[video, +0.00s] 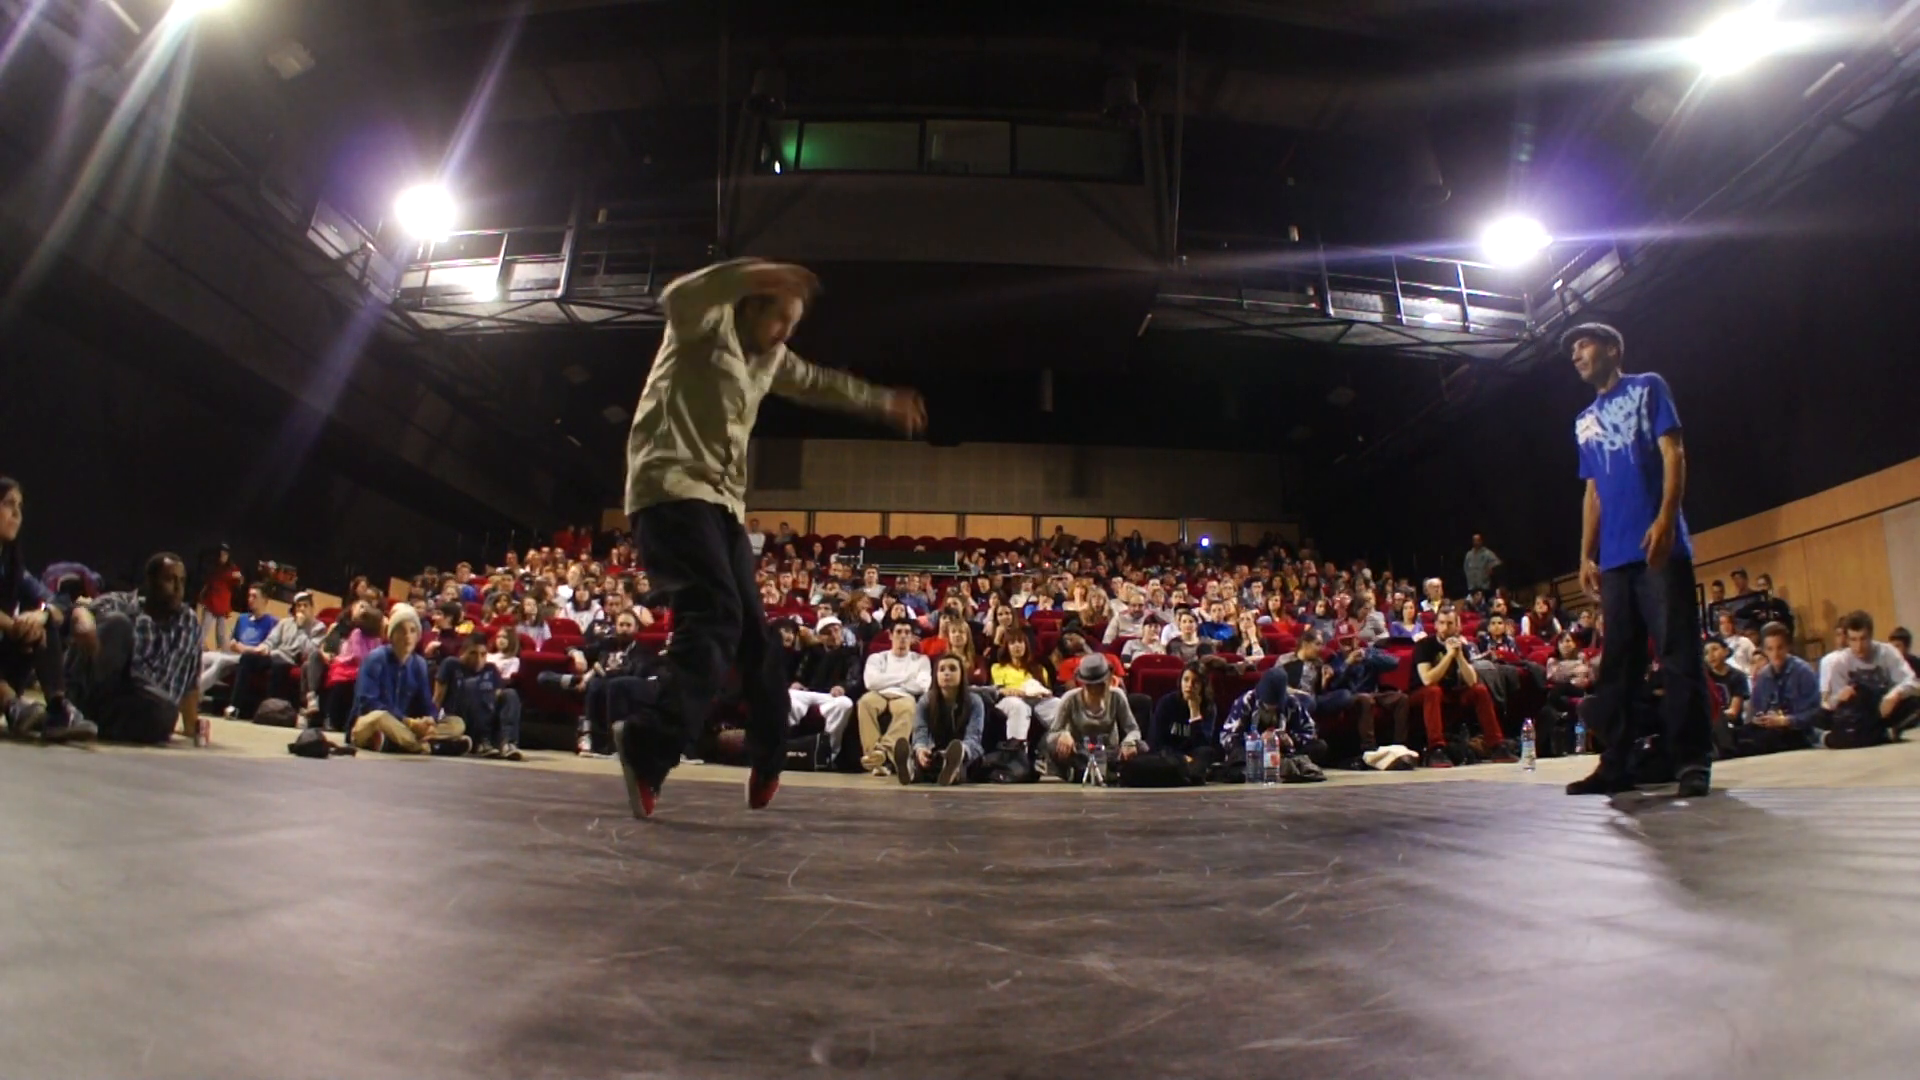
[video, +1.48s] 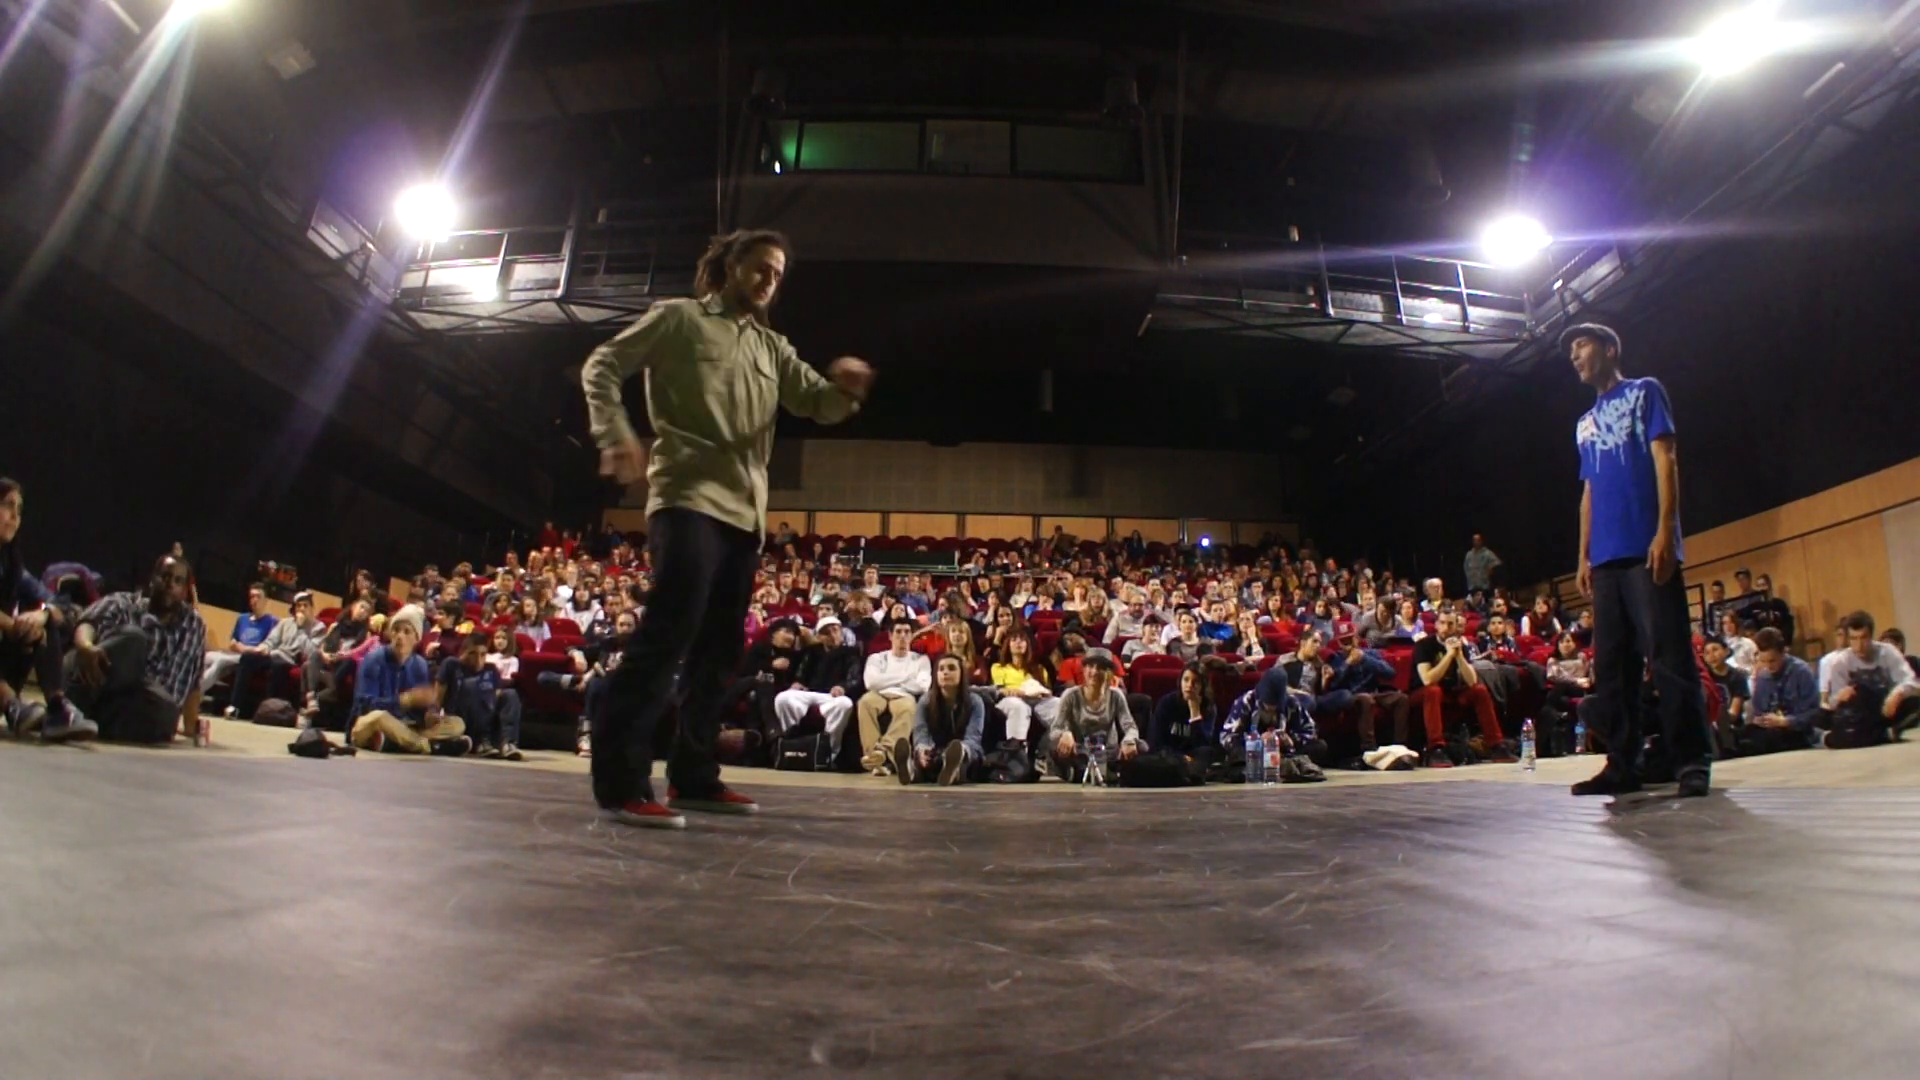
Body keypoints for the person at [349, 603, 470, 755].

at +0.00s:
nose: (408, 637)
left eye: (412, 631)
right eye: (401, 632)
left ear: (418, 635)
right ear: (391, 635)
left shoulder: (419, 664)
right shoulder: (375, 659)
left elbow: (427, 704)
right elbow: (367, 704)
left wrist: (430, 720)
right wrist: (407, 722)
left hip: (411, 725)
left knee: (457, 724)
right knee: (381, 717)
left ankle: (394, 744)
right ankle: (425, 748)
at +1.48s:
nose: (400, 637)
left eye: (407, 632)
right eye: (396, 630)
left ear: (417, 638)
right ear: (390, 634)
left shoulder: (420, 665)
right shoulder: (373, 660)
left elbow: (420, 707)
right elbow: (364, 704)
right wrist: (406, 700)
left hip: (410, 724)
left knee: (456, 724)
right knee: (379, 718)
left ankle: (393, 744)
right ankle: (428, 747)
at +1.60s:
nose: (398, 637)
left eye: (405, 633)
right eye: (394, 631)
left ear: (415, 639)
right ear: (388, 633)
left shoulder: (419, 664)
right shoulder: (372, 660)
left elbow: (426, 706)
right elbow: (367, 705)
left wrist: (428, 720)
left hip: (404, 724)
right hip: (366, 725)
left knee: (457, 724)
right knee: (380, 717)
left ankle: (393, 744)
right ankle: (428, 747)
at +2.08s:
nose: (381, 629)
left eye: (387, 624)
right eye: (376, 624)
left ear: (398, 630)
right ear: (371, 630)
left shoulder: (408, 661)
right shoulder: (359, 659)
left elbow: (427, 700)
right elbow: (354, 696)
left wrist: (419, 702)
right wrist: (385, 675)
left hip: (402, 723)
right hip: (364, 727)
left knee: (456, 723)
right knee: (379, 716)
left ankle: (393, 743)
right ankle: (430, 748)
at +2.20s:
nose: (377, 626)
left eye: (382, 621)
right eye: (372, 622)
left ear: (393, 628)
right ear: (366, 627)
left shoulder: (400, 657)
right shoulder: (356, 655)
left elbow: (427, 690)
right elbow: (349, 679)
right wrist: (384, 681)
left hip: (401, 720)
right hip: (364, 725)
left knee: (455, 717)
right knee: (379, 713)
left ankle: (395, 742)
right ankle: (429, 747)